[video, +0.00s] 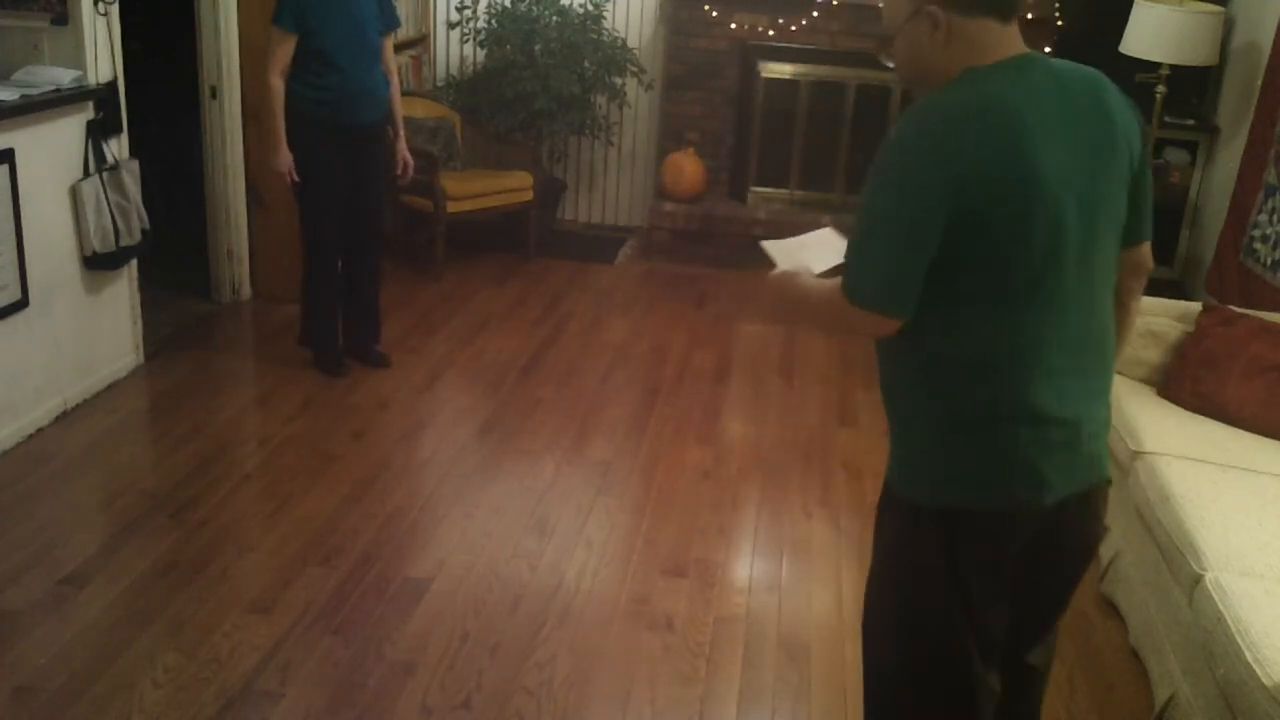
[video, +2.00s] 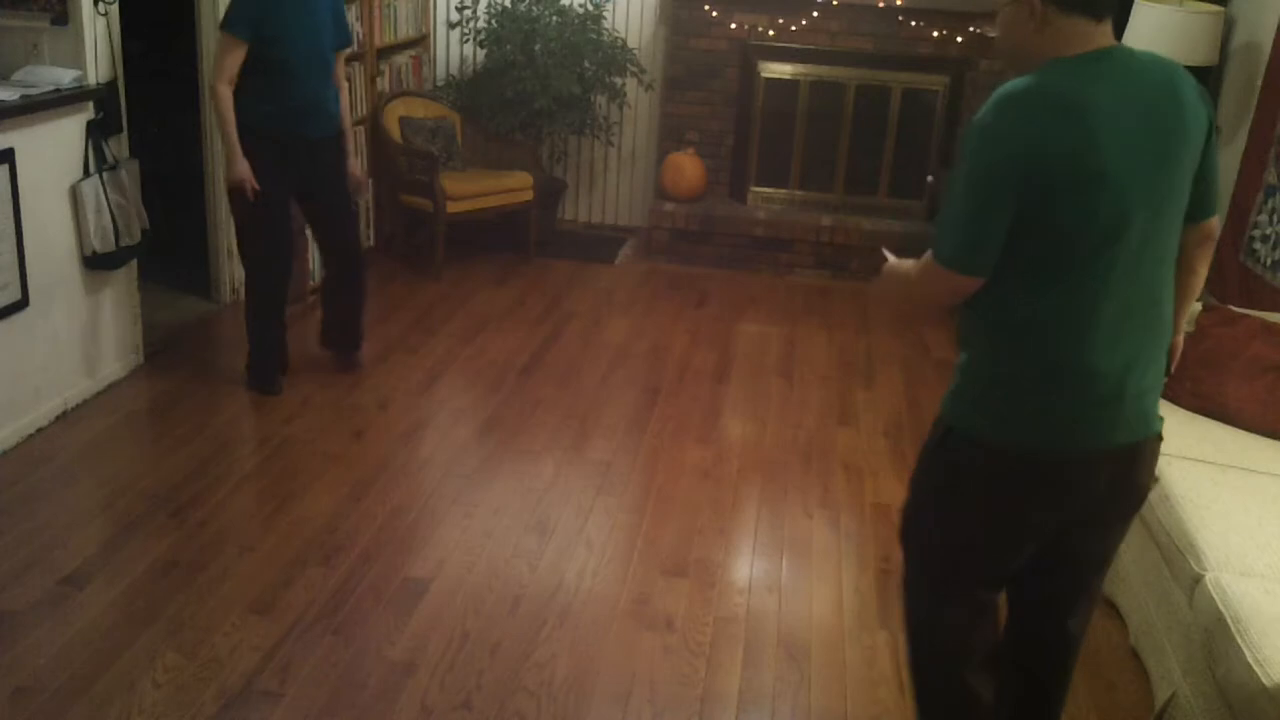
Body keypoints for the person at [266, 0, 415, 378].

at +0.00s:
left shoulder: (379, 6)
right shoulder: (297, 6)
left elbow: (389, 71)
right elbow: (276, 73)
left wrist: (400, 137)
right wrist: (281, 146)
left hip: (370, 133)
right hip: (317, 134)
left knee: (367, 239)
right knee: (322, 241)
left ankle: (363, 339)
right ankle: (323, 345)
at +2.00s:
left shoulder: (331, 8)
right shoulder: (250, 8)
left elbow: (339, 81)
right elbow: (222, 82)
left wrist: (349, 151)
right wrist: (235, 157)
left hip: (321, 147)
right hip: (261, 151)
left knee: (346, 250)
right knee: (268, 262)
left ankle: (343, 341)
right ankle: (265, 370)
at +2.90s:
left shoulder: (367, 7)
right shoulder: (282, 8)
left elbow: (382, 77)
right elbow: (256, 83)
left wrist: (395, 148)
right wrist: (264, 155)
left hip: (362, 144)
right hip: (303, 146)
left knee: (358, 255)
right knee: (297, 260)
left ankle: (355, 350)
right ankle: (269, 364)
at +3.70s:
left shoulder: (422, 7)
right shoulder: (347, 9)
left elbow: (429, 78)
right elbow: (324, 85)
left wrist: (435, 146)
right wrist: (337, 164)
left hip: (411, 144)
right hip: (365, 144)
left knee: (407, 254)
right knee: (369, 253)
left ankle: (398, 361)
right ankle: (325, 337)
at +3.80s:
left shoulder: (436, 8)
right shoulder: (357, 9)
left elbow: (449, 81)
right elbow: (332, 86)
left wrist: (468, 152)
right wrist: (336, 166)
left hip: (420, 145)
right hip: (371, 145)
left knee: (416, 250)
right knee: (397, 251)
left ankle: (399, 359)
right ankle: (372, 356)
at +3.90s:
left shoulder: (451, 10)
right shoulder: (373, 10)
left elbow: (469, 87)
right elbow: (339, 90)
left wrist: (493, 158)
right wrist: (335, 166)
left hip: (431, 148)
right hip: (379, 149)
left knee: (419, 260)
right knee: (413, 262)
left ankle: (395, 360)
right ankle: (421, 385)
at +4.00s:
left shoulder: (464, 14)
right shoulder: (387, 13)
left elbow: (487, 90)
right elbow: (352, 92)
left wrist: (511, 159)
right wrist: (340, 171)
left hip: (445, 155)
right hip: (393, 156)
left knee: (418, 264)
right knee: (432, 269)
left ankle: (395, 362)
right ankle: (461, 398)